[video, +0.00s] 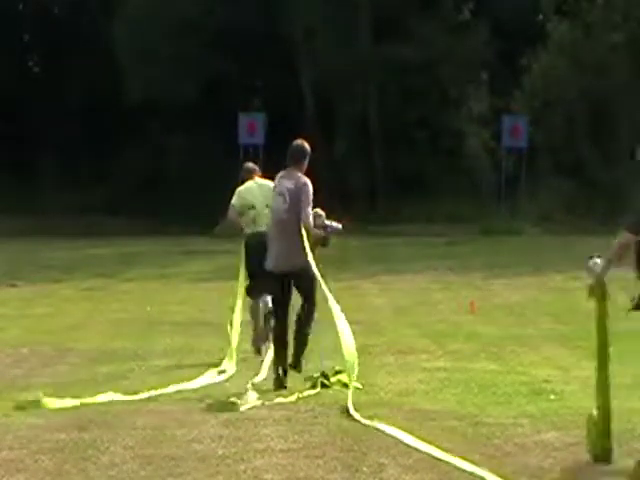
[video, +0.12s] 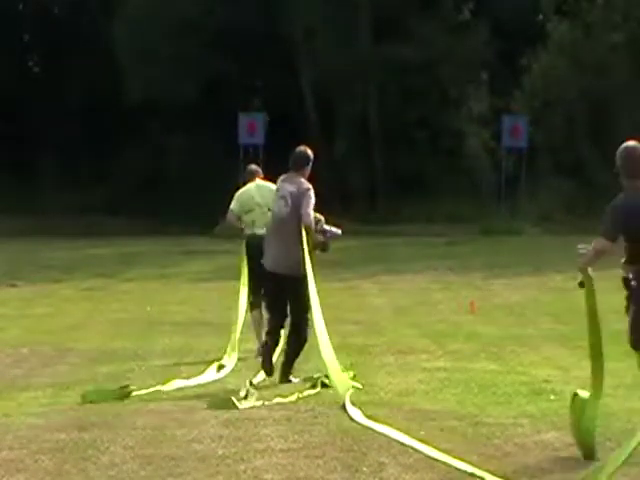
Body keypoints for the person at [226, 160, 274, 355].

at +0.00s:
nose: (246, 179)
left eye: (245, 176)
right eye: (251, 174)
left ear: (244, 176)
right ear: (259, 173)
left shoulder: (241, 191)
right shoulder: (272, 186)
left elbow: (232, 214)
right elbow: (281, 209)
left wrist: (243, 226)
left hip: (253, 235)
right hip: (273, 234)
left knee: (254, 281)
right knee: (269, 277)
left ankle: (257, 329)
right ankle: (269, 307)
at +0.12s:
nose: (254, 179)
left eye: (249, 177)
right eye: (256, 175)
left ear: (247, 177)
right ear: (261, 175)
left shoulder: (242, 193)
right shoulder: (274, 189)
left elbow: (231, 217)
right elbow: (283, 211)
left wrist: (243, 227)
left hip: (252, 238)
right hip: (274, 237)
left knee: (255, 290)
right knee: (274, 287)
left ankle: (260, 341)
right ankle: (273, 333)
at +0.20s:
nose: (260, 172)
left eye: (255, 169)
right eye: (261, 169)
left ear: (250, 171)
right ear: (265, 169)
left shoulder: (243, 185)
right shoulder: (276, 183)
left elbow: (231, 209)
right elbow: (285, 205)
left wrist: (242, 220)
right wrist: (280, 220)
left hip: (252, 230)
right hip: (274, 230)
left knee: (254, 272)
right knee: (272, 271)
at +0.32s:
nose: (259, 172)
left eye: (255, 169)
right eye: (262, 168)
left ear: (252, 170)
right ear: (267, 169)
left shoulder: (245, 184)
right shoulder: (278, 184)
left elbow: (234, 209)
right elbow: (286, 205)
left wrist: (246, 214)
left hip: (251, 226)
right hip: (271, 227)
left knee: (252, 265)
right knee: (268, 263)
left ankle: (253, 288)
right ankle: (265, 290)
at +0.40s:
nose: (253, 175)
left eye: (252, 172)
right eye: (257, 171)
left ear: (251, 172)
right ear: (265, 171)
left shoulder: (247, 188)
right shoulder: (277, 186)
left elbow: (238, 211)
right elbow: (287, 206)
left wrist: (250, 214)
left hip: (252, 233)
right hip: (272, 232)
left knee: (253, 271)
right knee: (268, 273)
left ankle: (254, 292)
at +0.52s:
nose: (247, 170)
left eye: (247, 167)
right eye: (249, 166)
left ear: (249, 167)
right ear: (261, 165)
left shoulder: (246, 182)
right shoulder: (276, 181)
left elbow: (239, 207)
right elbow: (288, 202)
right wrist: (284, 220)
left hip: (253, 227)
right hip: (271, 227)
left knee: (252, 276)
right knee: (267, 276)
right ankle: (267, 316)